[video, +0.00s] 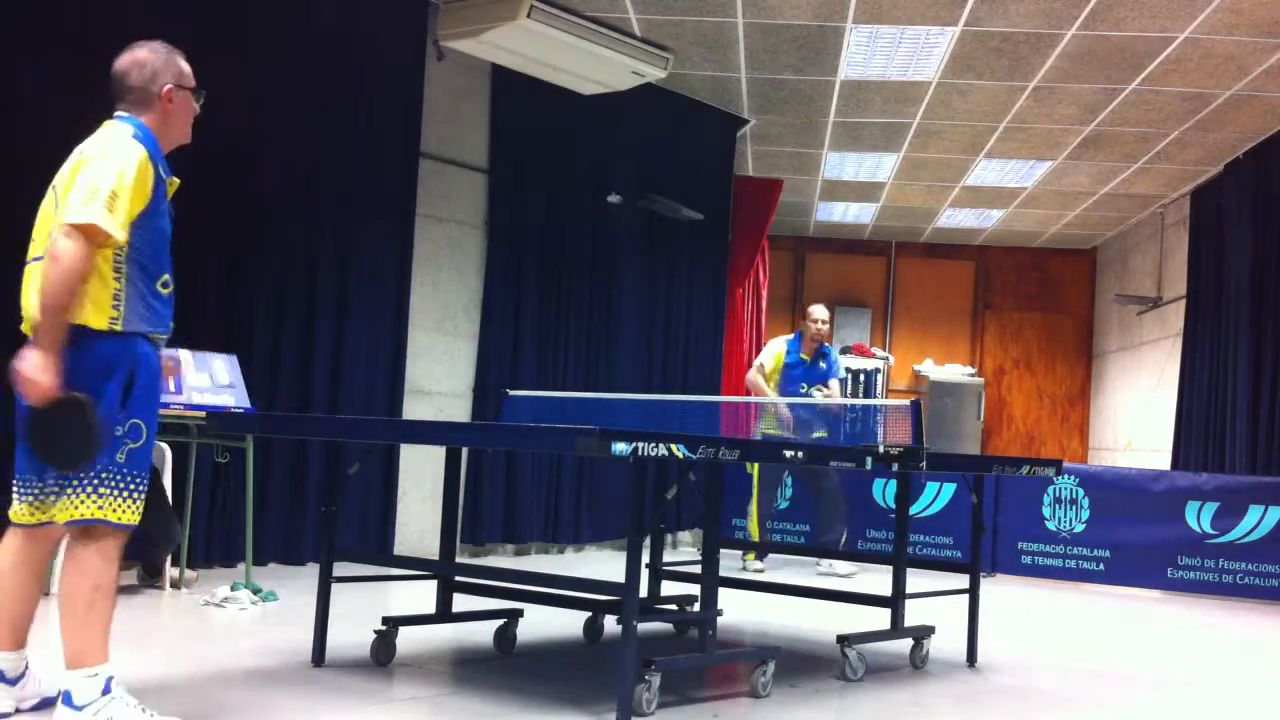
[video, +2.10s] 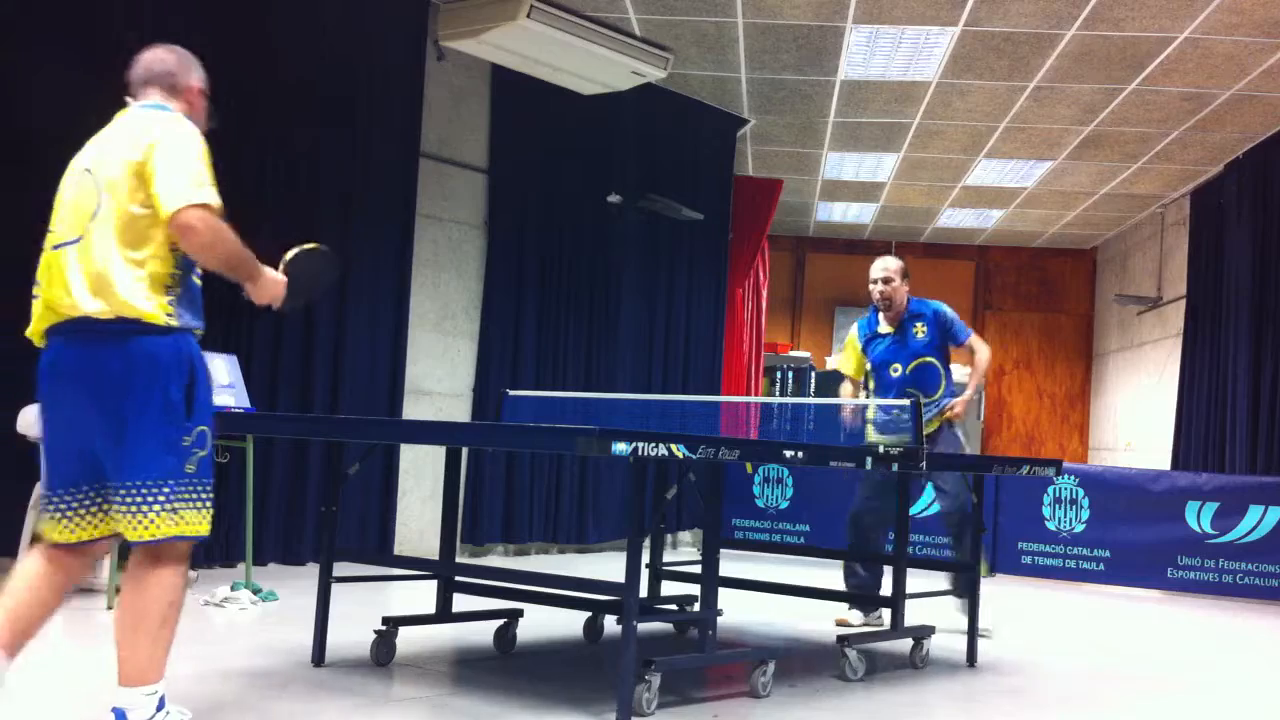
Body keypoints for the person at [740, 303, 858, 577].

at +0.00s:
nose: (820, 327)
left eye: (825, 322)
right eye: (815, 321)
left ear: (830, 327)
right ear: (803, 323)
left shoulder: (830, 356)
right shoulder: (780, 346)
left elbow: (836, 400)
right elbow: (753, 377)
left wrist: (828, 397)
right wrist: (777, 404)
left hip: (812, 436)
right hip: (773, 433)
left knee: (829, 488)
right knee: (764, 490)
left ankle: (829, 556)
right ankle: (754, 553)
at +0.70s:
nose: (831, 310)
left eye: (836, 305)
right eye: (826, 305)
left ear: (844, 310)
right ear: (816, 308)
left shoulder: (858, 340)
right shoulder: (796, 338)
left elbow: (870, 378)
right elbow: (774, 377)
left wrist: (864, 415)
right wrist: (759, 419)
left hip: (840, 436)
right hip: (802, 431)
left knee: (833, 498)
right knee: (806, 491)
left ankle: (815, 563)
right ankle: (802, 564)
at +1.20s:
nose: (839, 295)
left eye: (845, 289)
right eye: (834, 289)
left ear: (856, 293)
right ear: (824, 295)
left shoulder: (875, 328)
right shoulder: (808, 330)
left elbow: (890, 367)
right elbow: (793, 372)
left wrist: (886, 406)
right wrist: (797, 407)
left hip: (862, 435)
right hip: (818, 435)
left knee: (865, 505)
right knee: (815, 504)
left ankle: (871, 578)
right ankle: (816, 572)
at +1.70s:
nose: (868, 286)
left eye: (875, 279)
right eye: (863, 280)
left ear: (891, 284)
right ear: (857, 285)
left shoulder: (915, 321)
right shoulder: (844, 325)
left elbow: (944, 365)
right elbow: (824, 372)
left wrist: (934, 407)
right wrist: (824, 406)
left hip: (900, 438)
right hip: (853, 436)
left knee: (889, 515)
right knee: (853, 507)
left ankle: (875, 596)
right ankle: (844, 594)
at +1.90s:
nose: (870, 291)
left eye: (878, 284)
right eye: (865, 285)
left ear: (895, 289)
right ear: (859, 291)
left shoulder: (923, 323)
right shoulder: (849, 332)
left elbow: (957, 368)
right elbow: (833, 380)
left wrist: (945, 414)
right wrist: (824, 409)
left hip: (912, 444)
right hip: (863, 444)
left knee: (917, 524)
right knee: (860, 524)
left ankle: (889, 595)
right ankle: (866, 607)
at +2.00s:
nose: (873, 291)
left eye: (881, 283)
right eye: (867, 284)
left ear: (899, 287)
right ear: (862, 289)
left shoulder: (928, 320)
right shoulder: (854, 333)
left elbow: (967, 364)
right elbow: (838, 383)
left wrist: (954, 409)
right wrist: (833, 409)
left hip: (925, 441)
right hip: (872, 443)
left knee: (948, 503)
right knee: (862, 520)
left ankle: (922, 572)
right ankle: (865, 606)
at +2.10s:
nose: (879, 289)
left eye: (887, 281)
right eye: (874, 282)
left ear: (906, 284)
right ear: (869, 287)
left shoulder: (936, 315)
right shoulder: (862, 329)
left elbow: (982, 351)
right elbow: (850, 379)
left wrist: (967, 395)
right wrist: (848, 403)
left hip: (936, 432)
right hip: (886, 438)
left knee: (961, 504)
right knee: (864, 514)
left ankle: (966, 592)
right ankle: (865, 606)